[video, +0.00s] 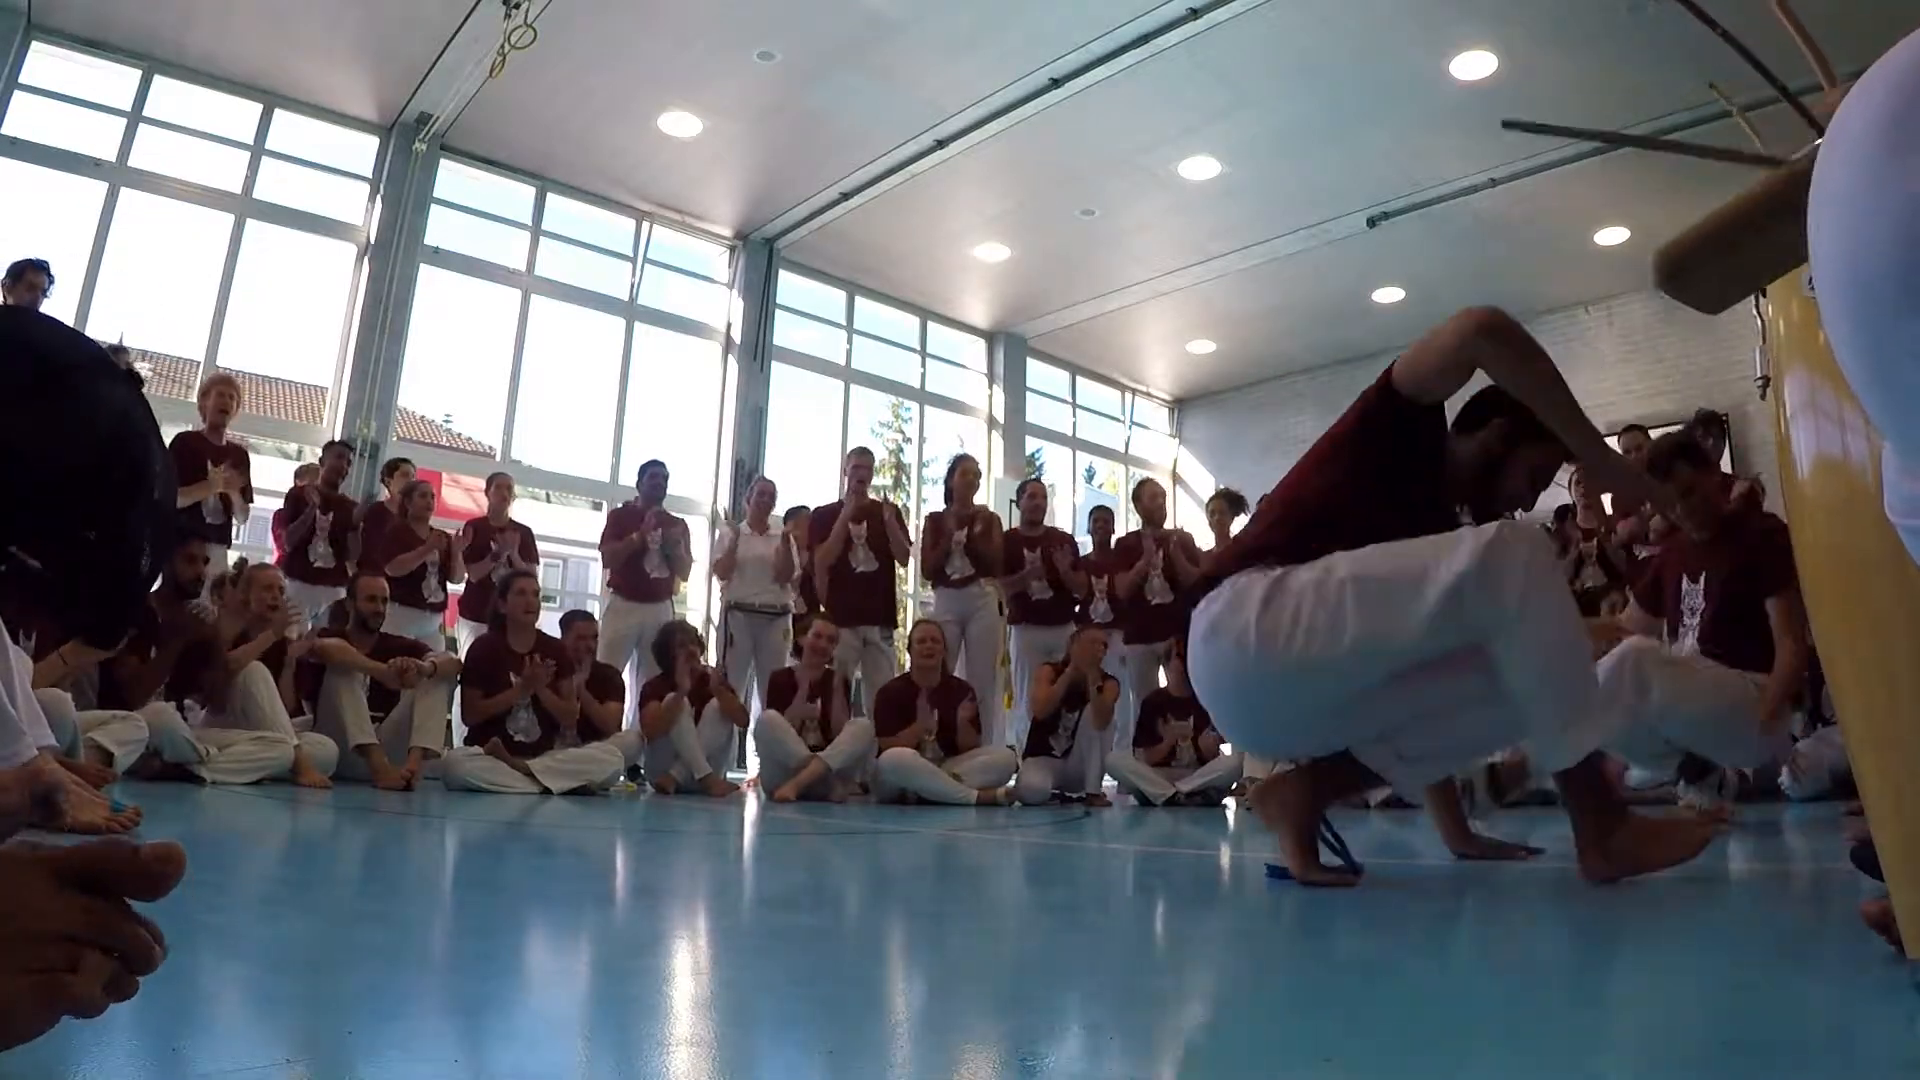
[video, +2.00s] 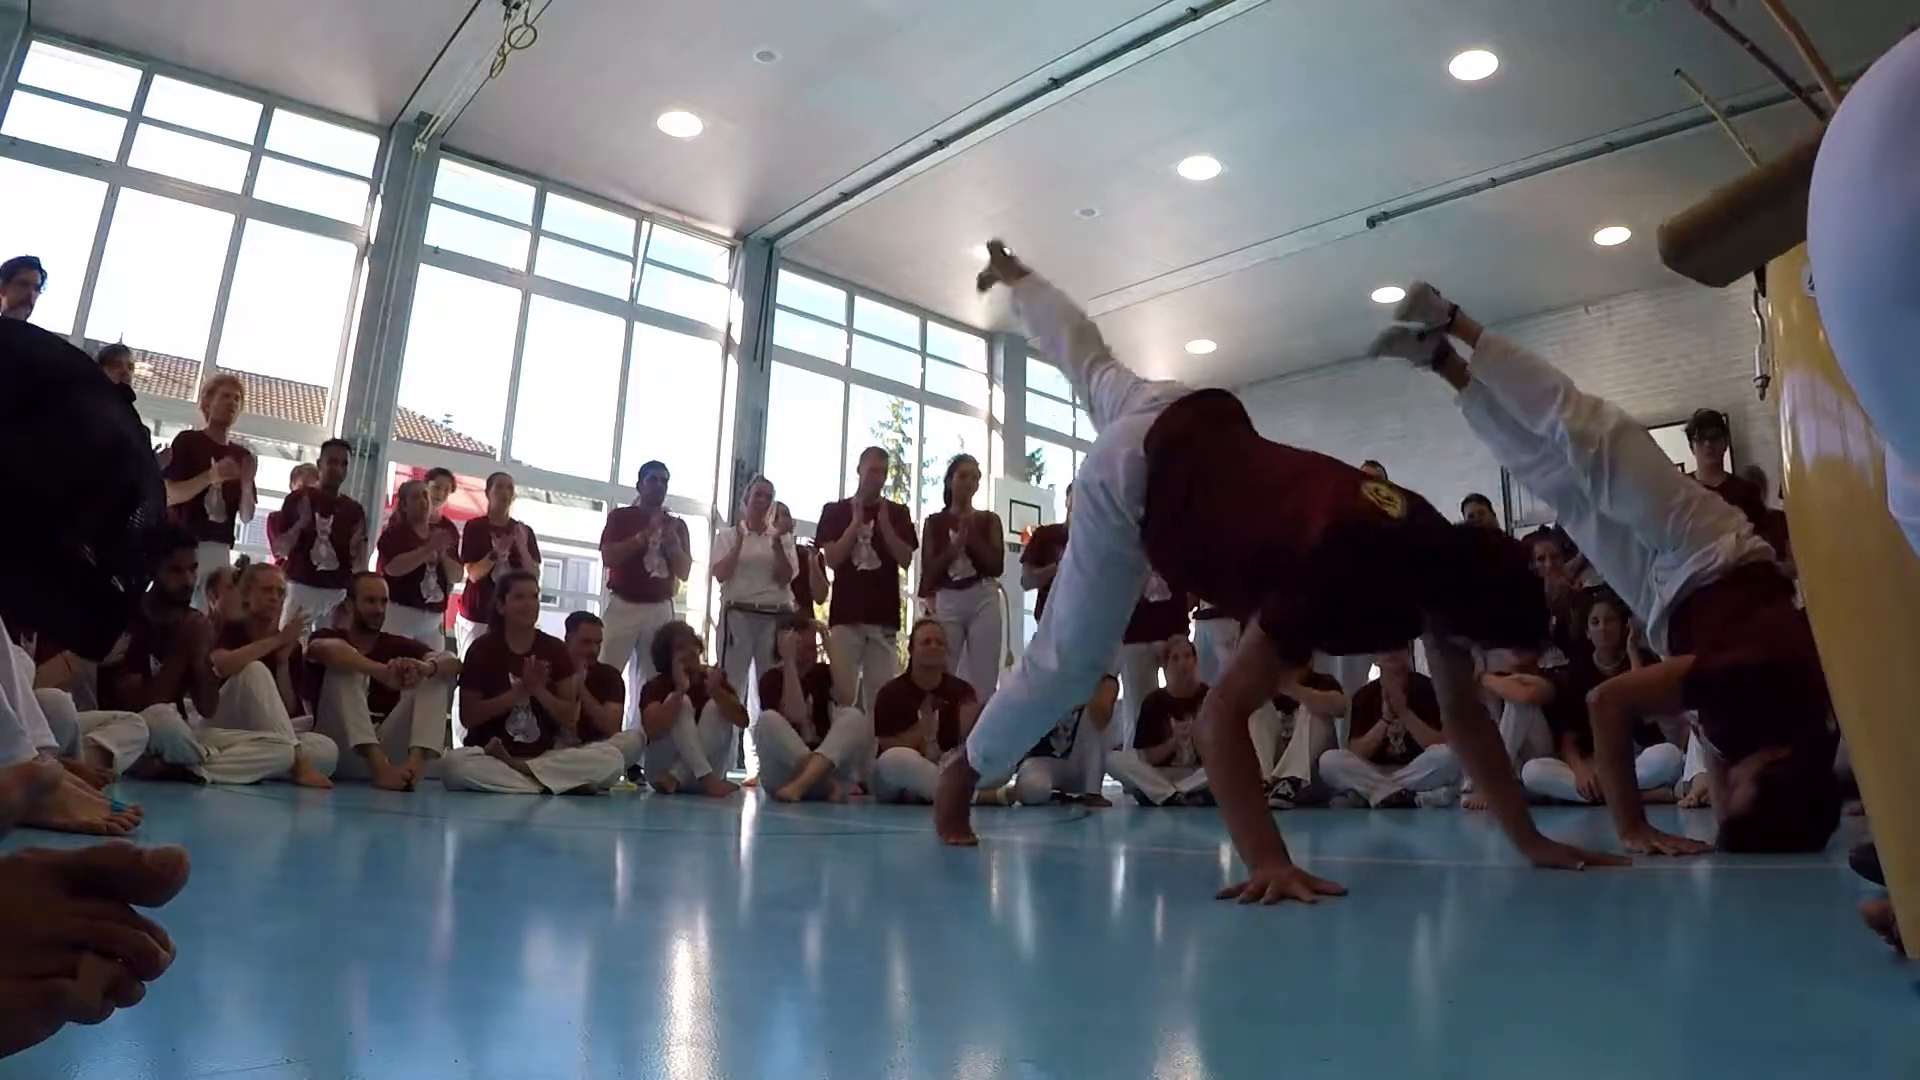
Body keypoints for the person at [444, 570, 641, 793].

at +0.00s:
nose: (531, 601)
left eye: (536, 595)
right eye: (521, 594)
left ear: (542, 601)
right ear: (502, 604)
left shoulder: (556, 649)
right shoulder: (483, 647)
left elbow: (570, 716)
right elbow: (470, 715)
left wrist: (539, 689)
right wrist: (521, 690)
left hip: (546, 756)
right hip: (489, 755)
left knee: (612, 759)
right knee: (455, 766)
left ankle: (524, 766)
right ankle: (549, 786)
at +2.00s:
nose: (529, 604)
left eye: (534, 597)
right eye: (520, 597)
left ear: (540, 603)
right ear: (501, 605)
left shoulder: (556, 648)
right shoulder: (481, 649)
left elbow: (569, 717)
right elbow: (469, 717)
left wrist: (537, 689)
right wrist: (521, 691)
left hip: (545, 755)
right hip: (488, 754)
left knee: (612, 758)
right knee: (454, 766)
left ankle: (522, 766)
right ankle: (547, 786)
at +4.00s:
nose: (528, 604)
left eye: (533, 597)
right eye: (519, 597)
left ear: (539, 603)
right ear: (500, 605)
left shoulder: (555, 649)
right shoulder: (481, 649)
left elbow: (570, 718)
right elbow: (469, 716)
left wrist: (537, 690)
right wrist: (521, 689)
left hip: (546, 757)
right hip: (488, 755)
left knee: (613, 758)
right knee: (453, 765)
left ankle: (523, 766)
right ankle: (550, 786)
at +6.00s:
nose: (545, 600)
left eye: (550, 594)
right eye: (536, 593)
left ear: (554, 603)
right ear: (514, 603)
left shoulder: (564, 650)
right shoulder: (491, 645)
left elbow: (575, 720)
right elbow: (475, 711)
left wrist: (548, 686)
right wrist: (530, 689)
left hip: (550, 757)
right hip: (493, 755)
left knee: (613, 760)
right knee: (454, 766)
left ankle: (522, 766)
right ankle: (550, 786)